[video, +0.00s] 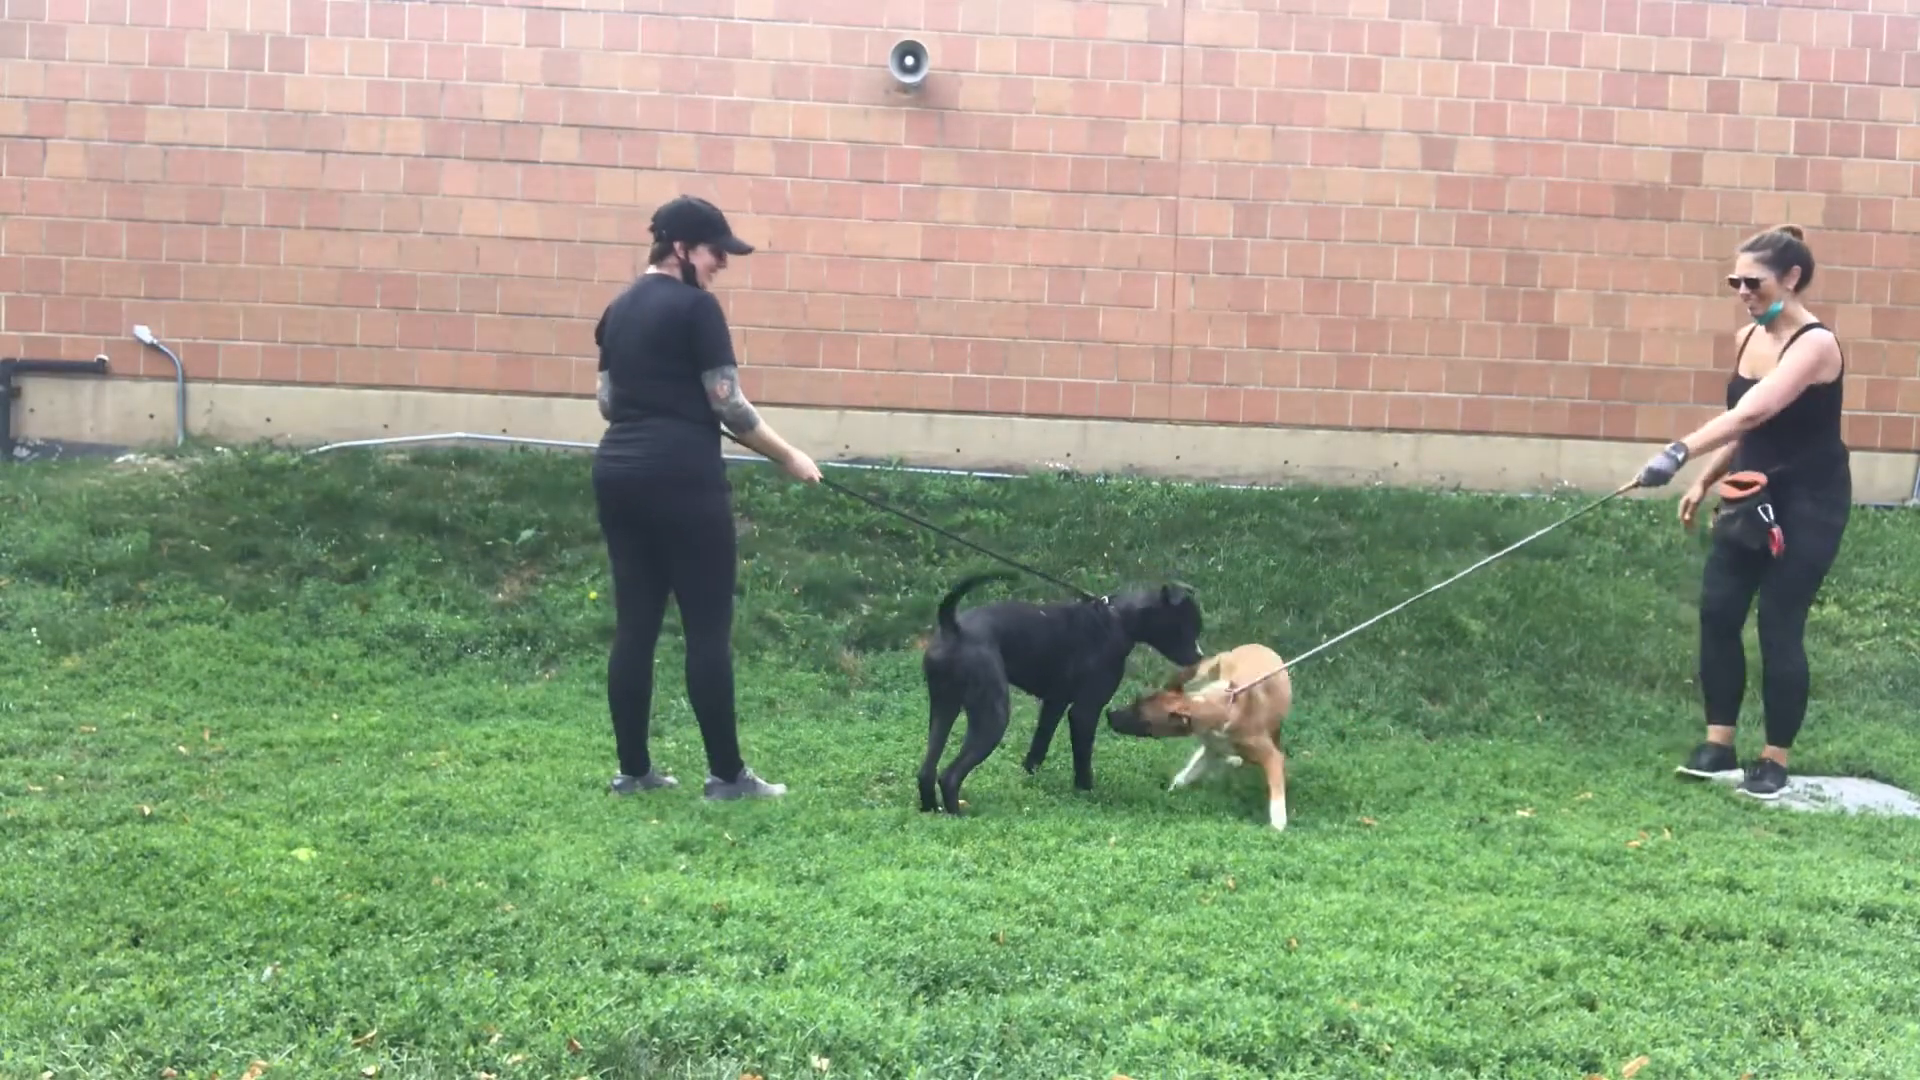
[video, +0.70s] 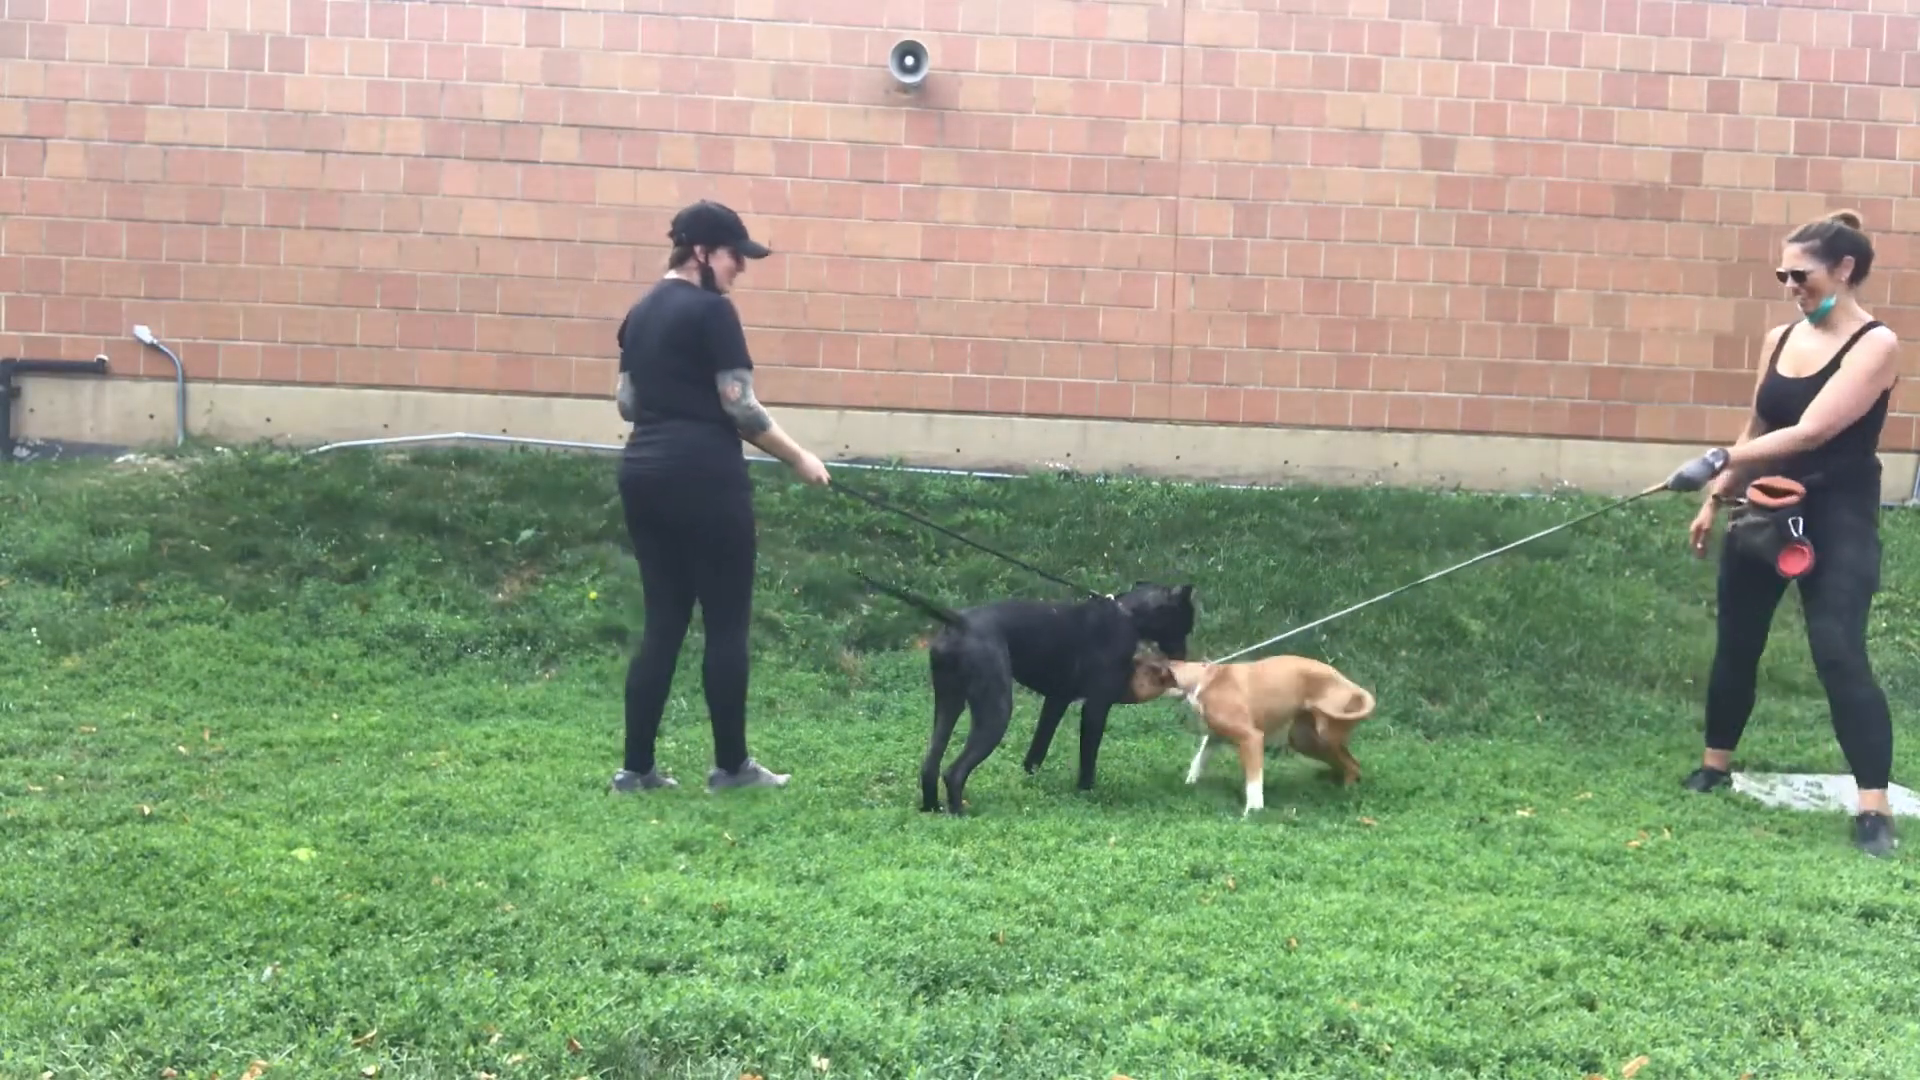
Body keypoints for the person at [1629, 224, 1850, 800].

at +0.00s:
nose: (1742, 294)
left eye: (1752, 284)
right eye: (1738, 284)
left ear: (1792, 277)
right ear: (1739, 281)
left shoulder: (1816, 344)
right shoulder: (1750, 336)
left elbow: (1750, 412)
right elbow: (1743, 422)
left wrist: (1677, 451)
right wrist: (1704, 481)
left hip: (1809, 501)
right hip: (1751, 493)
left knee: (1778, 619)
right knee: (1718, 611)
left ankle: (1774, 759)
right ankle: (1718, 744)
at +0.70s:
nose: (1791, 288)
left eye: (1800, 277)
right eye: (1787, 278)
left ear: (1845, 269)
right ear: (1793, 274)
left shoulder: (1876, 344)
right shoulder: (1781, 336)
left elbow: (1814, 430)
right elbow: (1757, 427)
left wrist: (1727, 459)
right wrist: (1712, 500)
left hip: (1837, 519)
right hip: (1761, 509)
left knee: (1840, 657)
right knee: (1736, 644)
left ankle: (1873, 807)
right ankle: (1714, 768)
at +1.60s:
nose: (1861, 257)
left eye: (1871, 243)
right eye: (1857, 244)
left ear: (1913, 235)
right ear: (1876, 241)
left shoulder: (1919, 320)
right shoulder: (1870, 314)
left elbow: (1911, 437)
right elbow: (1841, 423)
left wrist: (1805, 463)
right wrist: (1783, 500)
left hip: (1907, 525)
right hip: (1845, 517)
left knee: (1906, 680)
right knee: (1821, 677)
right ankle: (1808, 827)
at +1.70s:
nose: (1876, 253)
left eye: (1885, 240)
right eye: (1871, 241)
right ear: (1879, 239)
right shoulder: (1890, 314)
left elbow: (1918, 439)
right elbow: (1863, 428)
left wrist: (1832, 459)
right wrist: (1793, 493)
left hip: (1913, 527)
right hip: (1861, 518)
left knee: (1913, 686)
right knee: (1833, 679)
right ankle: (1809, 827)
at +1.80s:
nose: (1890, 247)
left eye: (1898, 234)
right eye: (1886, 234)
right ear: (1893, 229)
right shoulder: (1911, 308)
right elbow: (1896, 426)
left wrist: (1855, 460)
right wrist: (1823, 493)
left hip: (1916, 523)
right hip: (1885, 517)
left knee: (1912, 685)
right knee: (1849, 678)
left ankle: (1817, 822)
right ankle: (1815, 827)